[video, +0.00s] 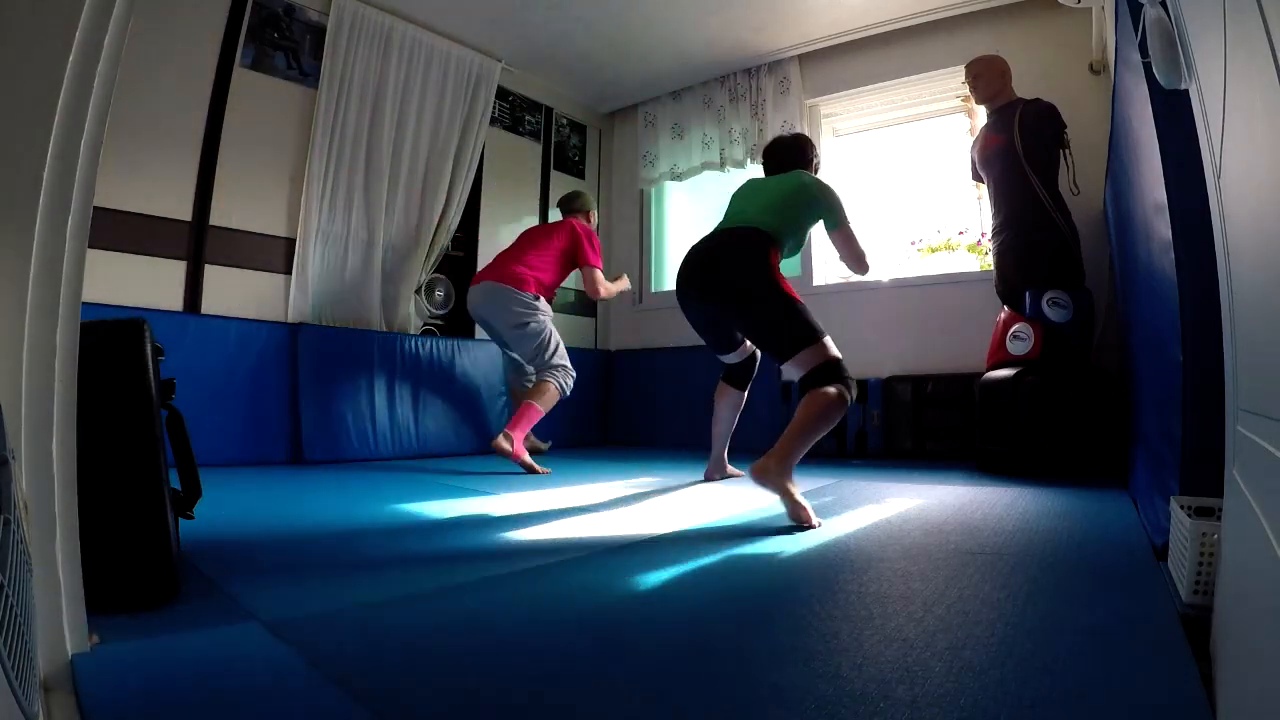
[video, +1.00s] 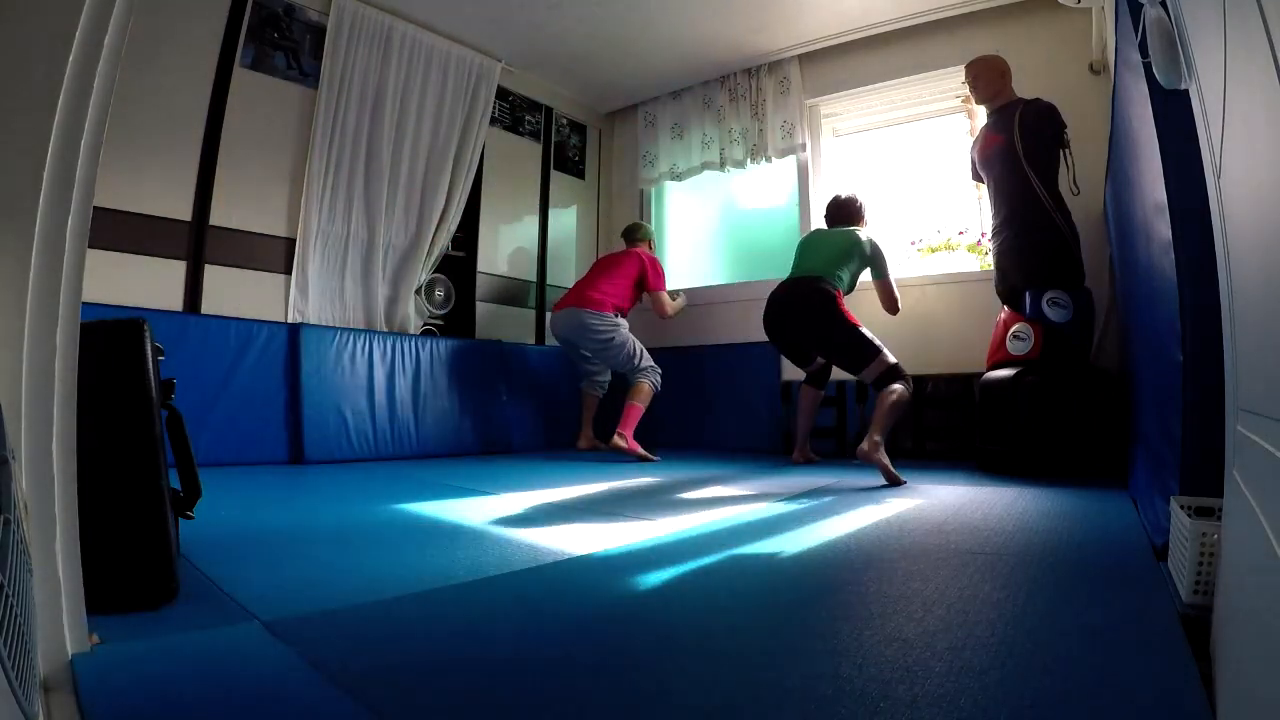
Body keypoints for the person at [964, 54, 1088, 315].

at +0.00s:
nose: (970, 84)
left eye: (976, 76)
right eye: (968, 80)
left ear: (1004, 76)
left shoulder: (1038, 112)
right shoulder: (980, 140)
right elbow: (978, 176)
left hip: (1050, 242)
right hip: (1008, 249)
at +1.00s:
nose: (970, 86)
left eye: (975, 78)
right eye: (968, 82)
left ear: (1003, 75)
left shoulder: (1037, 111)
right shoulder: (981, 140)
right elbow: (979, 176)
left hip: (1050, 243)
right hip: (1008, 250)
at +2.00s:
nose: (970, 85)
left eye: (975, 76)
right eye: (967, 81)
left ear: (1003, 75)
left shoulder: (1037, 112)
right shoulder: (980, 141)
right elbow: (977, 175)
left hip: (1050, 244)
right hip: (1008, 252)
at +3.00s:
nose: (970, 87)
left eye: (975, 78)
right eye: (968, 82)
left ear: (1002, 75)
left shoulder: (1036, 111)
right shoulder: (983, 136)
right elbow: (977, 175)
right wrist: (974, 123)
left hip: (1048, 238)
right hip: (1008, 244)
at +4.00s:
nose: (971, 85)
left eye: (976, 76)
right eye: (968, 82)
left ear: (1004, 74)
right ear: (969, 91)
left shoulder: (1036, 111)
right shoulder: (981, 139)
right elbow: (978, 175)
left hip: (1050, 245)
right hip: (1008, 253)